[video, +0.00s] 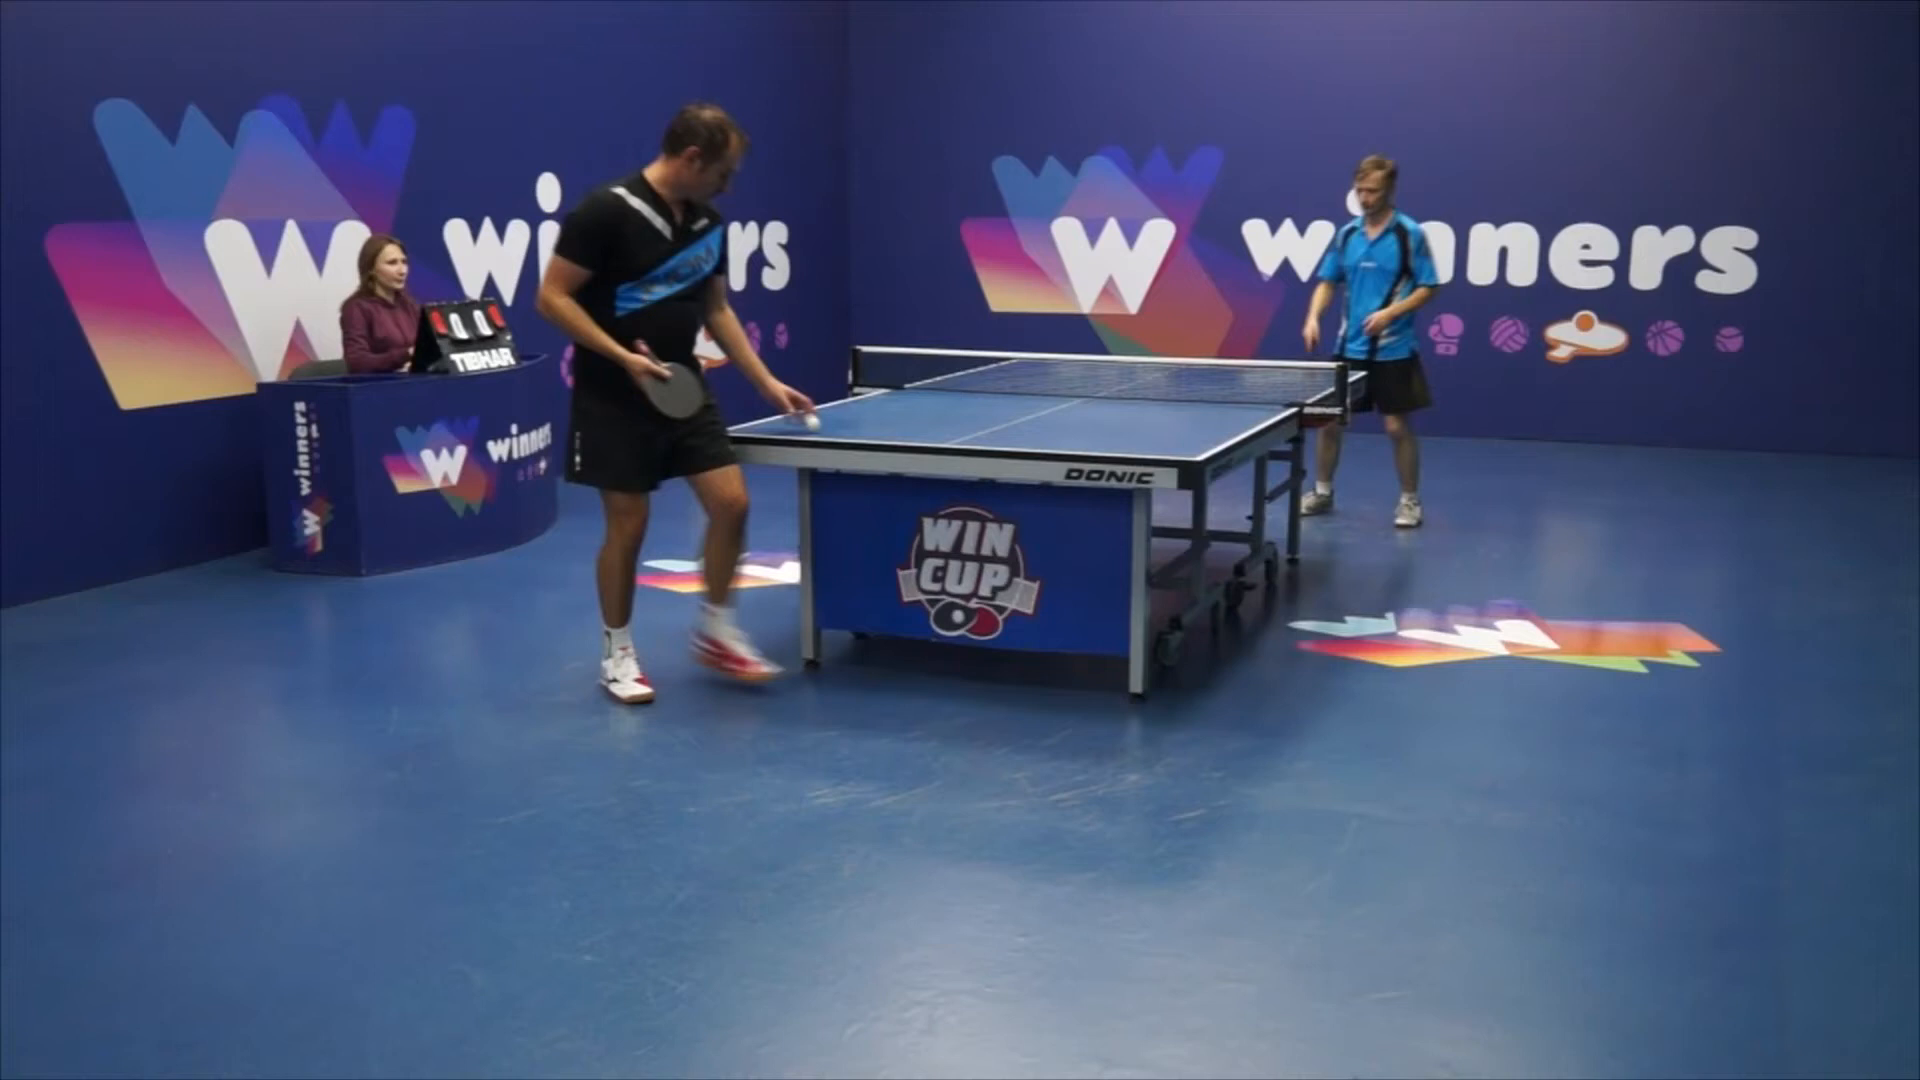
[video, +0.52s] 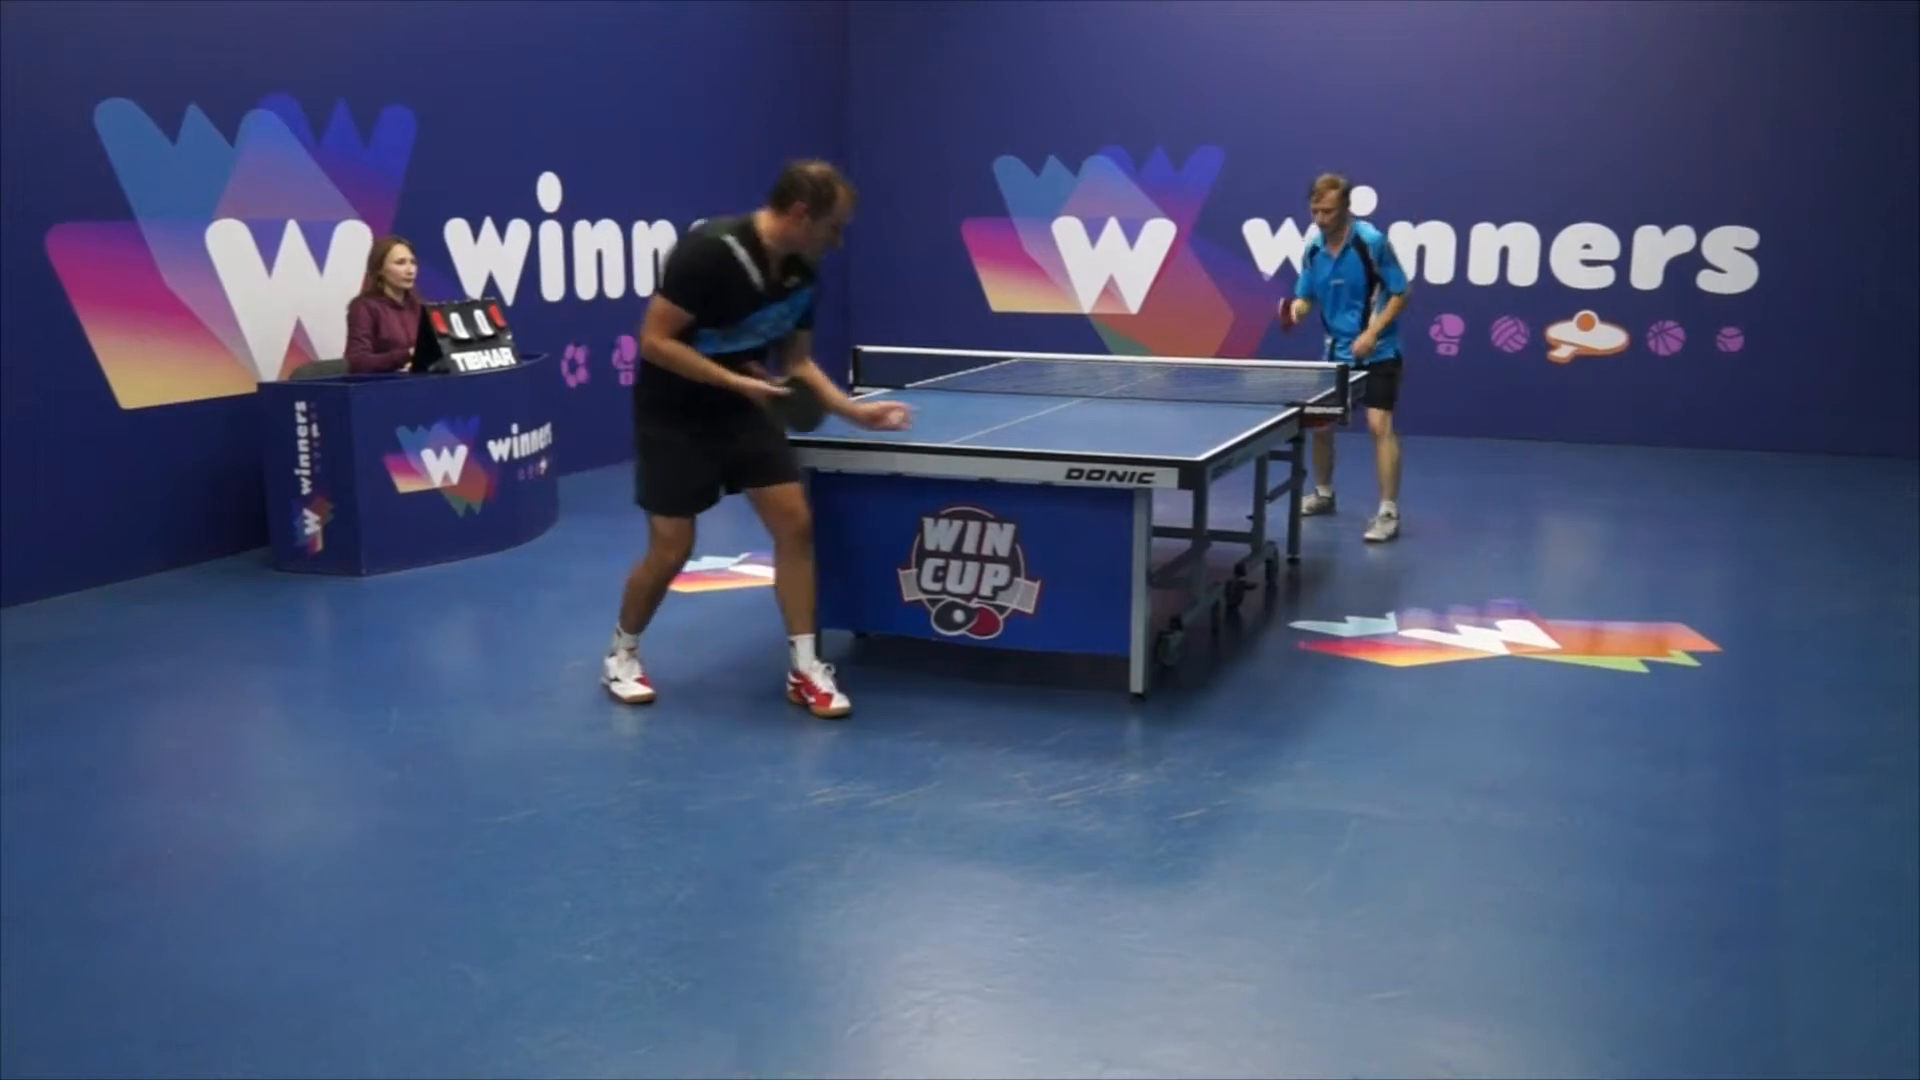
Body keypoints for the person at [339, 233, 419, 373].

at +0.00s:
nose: (402, 270)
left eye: (404, 262)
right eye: (392, 263)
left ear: (408, 263)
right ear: (371, 269)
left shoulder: (408, 304)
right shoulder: (356, 308)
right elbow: (357, 364)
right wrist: (407, 354)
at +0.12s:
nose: (403, 270)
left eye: (405, 262)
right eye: (393, 263)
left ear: (409, 263)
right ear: (372, 269)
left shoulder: (409, 304)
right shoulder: (357, 308)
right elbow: (357, 364)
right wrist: (407, 354)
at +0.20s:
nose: (405, 269)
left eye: (407, 261)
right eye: (395, 262)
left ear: (411, 264)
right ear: (374, 269)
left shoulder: (411, 304)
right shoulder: (358, 307)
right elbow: (357, 363)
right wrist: (407, 354)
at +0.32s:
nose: (408, 270)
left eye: (410, 262)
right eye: (398, 263)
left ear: (413, 264)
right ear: (377, 270)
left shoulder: (413, 305)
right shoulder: (361, 307)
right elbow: (357, 364)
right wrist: (408, 354)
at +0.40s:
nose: (409, 270)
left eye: (411, 262)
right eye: (399, 263)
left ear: (415, 264)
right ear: (378, 270)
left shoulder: (415, 306)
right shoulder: (362, 307)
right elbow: (357, 363)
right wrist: (408, 354)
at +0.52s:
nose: (410, 270)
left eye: (413, 262)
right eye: (400, 263)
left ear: (417, 265)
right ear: (379, 270)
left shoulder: (417, 307)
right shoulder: (363, 307)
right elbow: (358, 362)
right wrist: (408, 354)